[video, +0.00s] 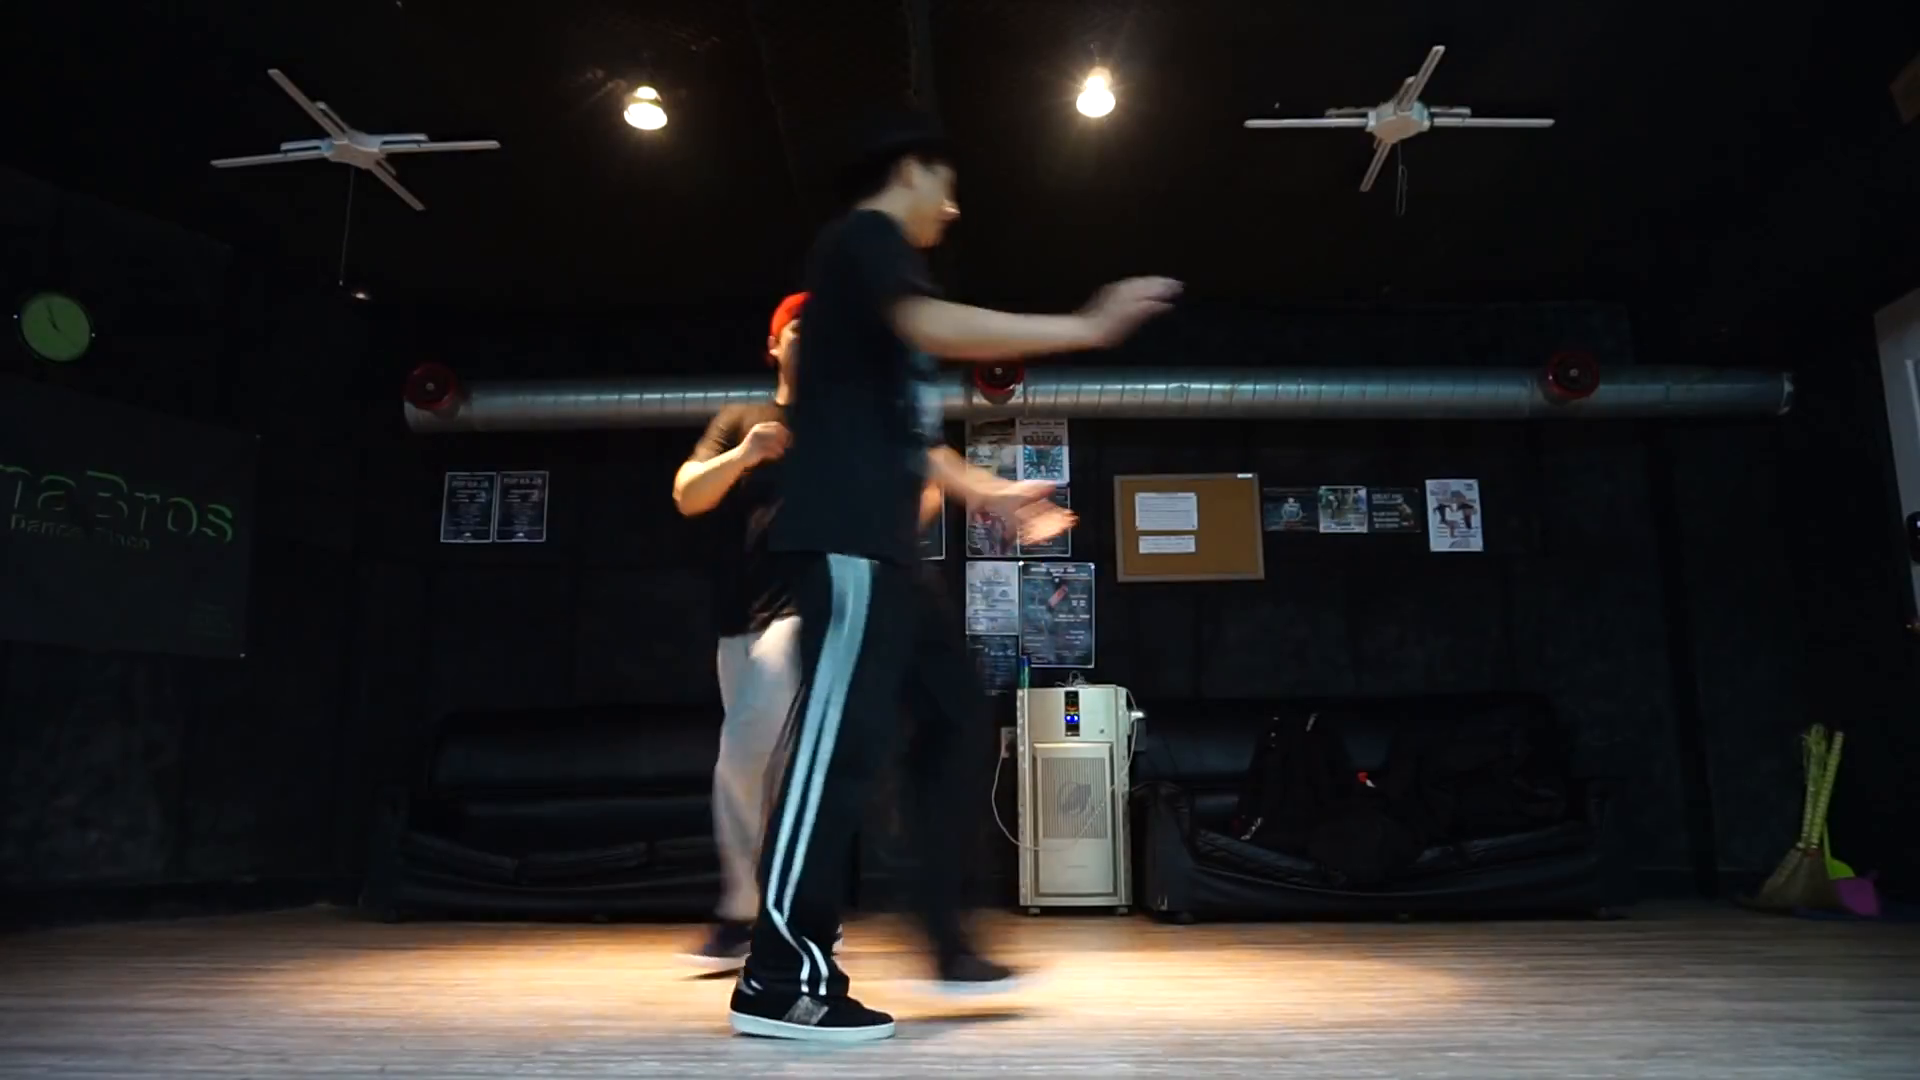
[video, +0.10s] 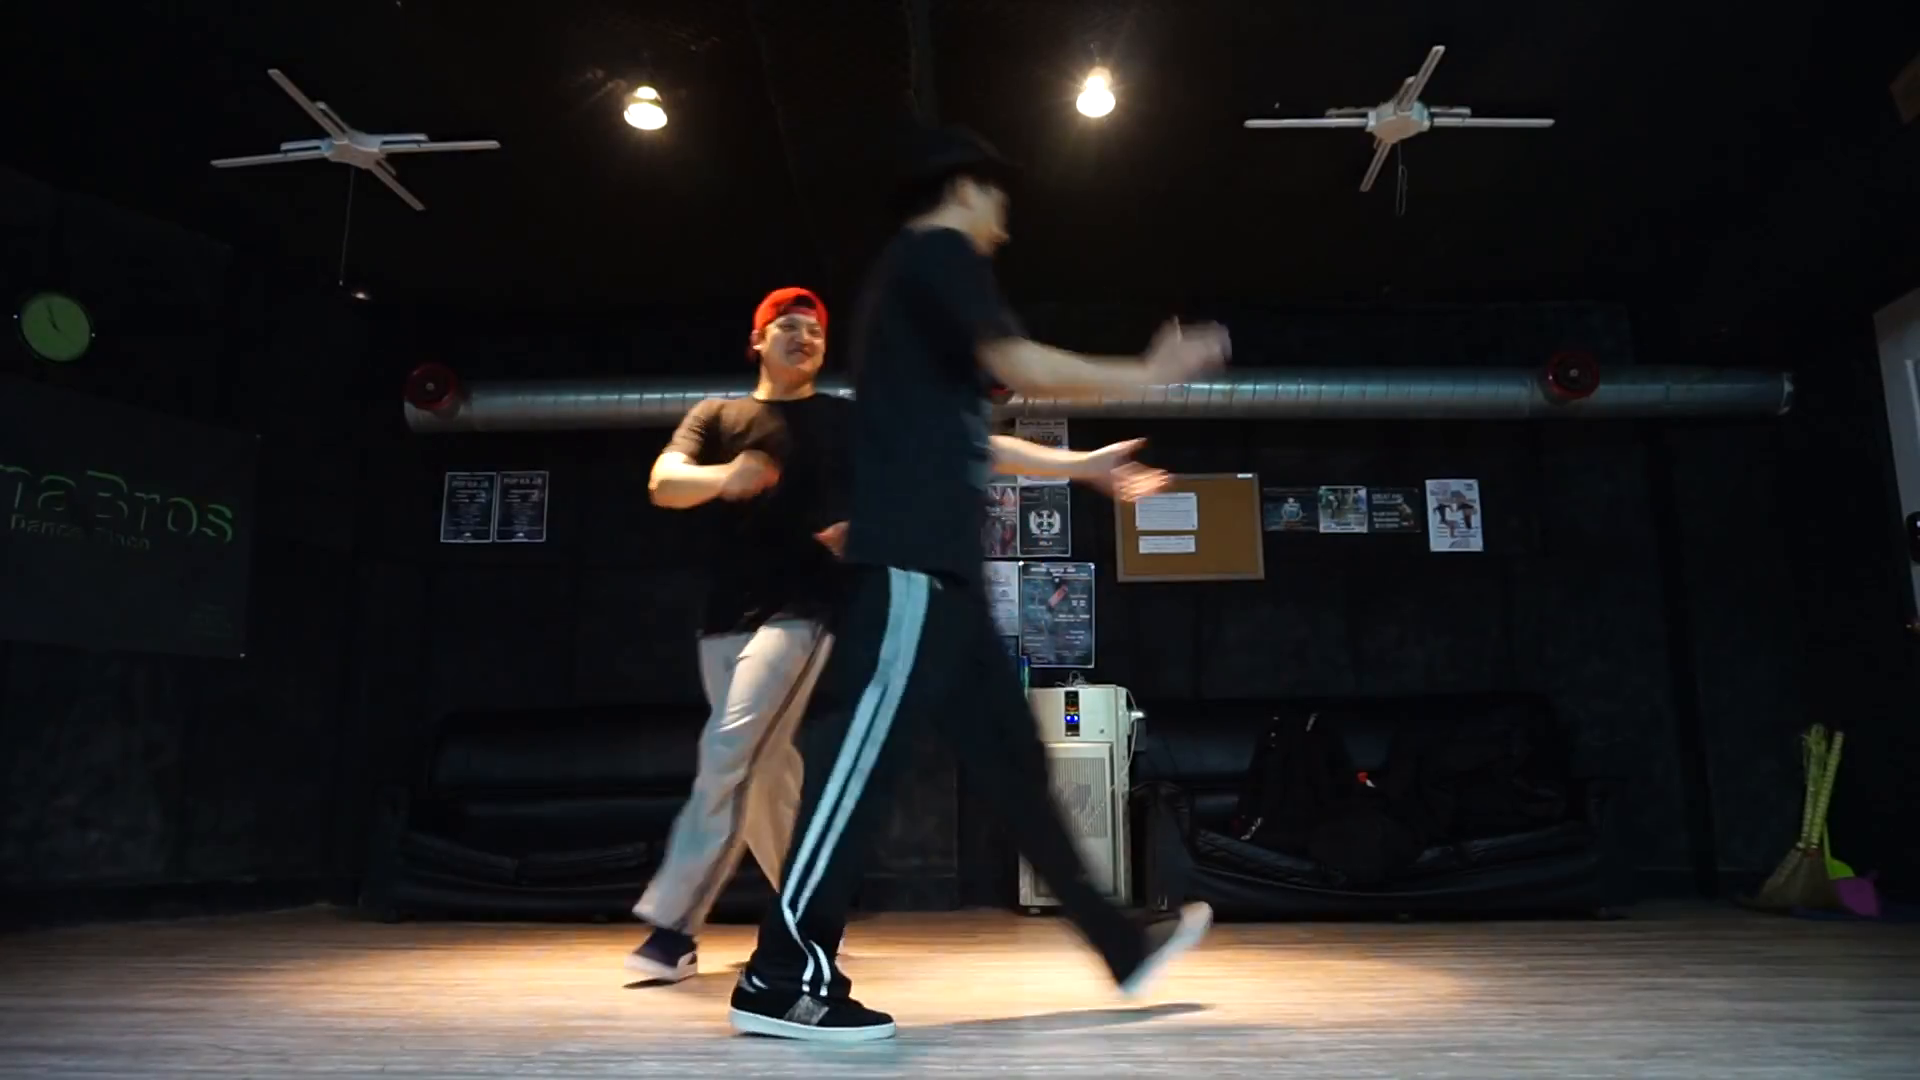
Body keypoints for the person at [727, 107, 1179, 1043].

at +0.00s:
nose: (952, 201)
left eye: (951, 184)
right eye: (944, 181)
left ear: (903, 176)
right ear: (907, 172)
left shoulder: (875, 271)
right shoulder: (864, 238)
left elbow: (905, 443)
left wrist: (997, 496)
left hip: (886, 547)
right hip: (848, 547)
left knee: (954, 720)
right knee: (831, 747)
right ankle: (783, 975)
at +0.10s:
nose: (1003, 218)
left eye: (1002, 201)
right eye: (995, 198)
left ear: (947, 197)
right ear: (962, 191)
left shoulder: (927, 281)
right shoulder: (936, 254)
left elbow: (969, 442)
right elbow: (1015, 365)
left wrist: (1084, 465)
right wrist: (1150, 373)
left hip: (937, 564)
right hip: (906, 562)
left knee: (1009, 758)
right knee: (858, 759)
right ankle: (784, 973)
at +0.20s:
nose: (1061, 230)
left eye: (1057, 215)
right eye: (1051, 216)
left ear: (993, 222)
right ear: (1020, 217)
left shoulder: (970, 298)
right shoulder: (1012, 281)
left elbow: (1030, 454)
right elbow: (1088, 402)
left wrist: (1147, 456)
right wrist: (1153, 458)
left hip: (1003, 566)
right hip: (980, 562)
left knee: (1075, 764)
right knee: (927, 750)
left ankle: (1173, 960)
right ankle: (798, 959)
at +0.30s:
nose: (1119, 247)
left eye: (1114, 233)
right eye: (1111, 233)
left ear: (1044, 242)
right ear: (1090, 235)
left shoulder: (1024, 313)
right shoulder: (1086, 293)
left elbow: (1062, 470)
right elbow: (1152, 416)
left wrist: (1174, 517)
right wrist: (1216, 508)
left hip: (1048, 555)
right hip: (1064, 555)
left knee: (1133, 756)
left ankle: (1186, 964)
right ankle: (873, 912)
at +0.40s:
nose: (1168, 243)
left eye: (1163, 231)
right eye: (1165, 230)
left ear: (1090, 239)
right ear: (1152, 233)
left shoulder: (1068, 317)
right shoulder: (1147, 297)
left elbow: (1095, 468)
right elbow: (1196, 410)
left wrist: (1169, 572)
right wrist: (1254, 533)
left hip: (1079, 568)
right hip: (1129, 566)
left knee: (1154, 751)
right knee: (1184, 738)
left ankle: (1186, 966)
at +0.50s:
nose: (1208, 238)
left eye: (1199, 228)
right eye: (1206, 227)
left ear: (1133, 235)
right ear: (1196, 228)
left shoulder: (1105, 312)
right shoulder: (1192, 290)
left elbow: (1113, 443)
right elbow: (1229, 400)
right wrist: (1283, 518)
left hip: (1118, 560)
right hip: (1188, 551)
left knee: (1165, 750)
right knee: (1277, 723)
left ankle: (1183, 965)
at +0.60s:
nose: (1252, 251)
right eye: (1250, 239)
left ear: (1175, 242)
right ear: (1243, 238)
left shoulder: (1138, 326)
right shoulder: (1237, 297)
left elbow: (1114, 461)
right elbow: (1262, 385)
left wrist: (1102, 569)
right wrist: (1311, 492)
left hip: (1156, 574)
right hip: (1243, 564)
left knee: (1176, 760)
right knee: (1323, 727)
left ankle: (1184, 965)